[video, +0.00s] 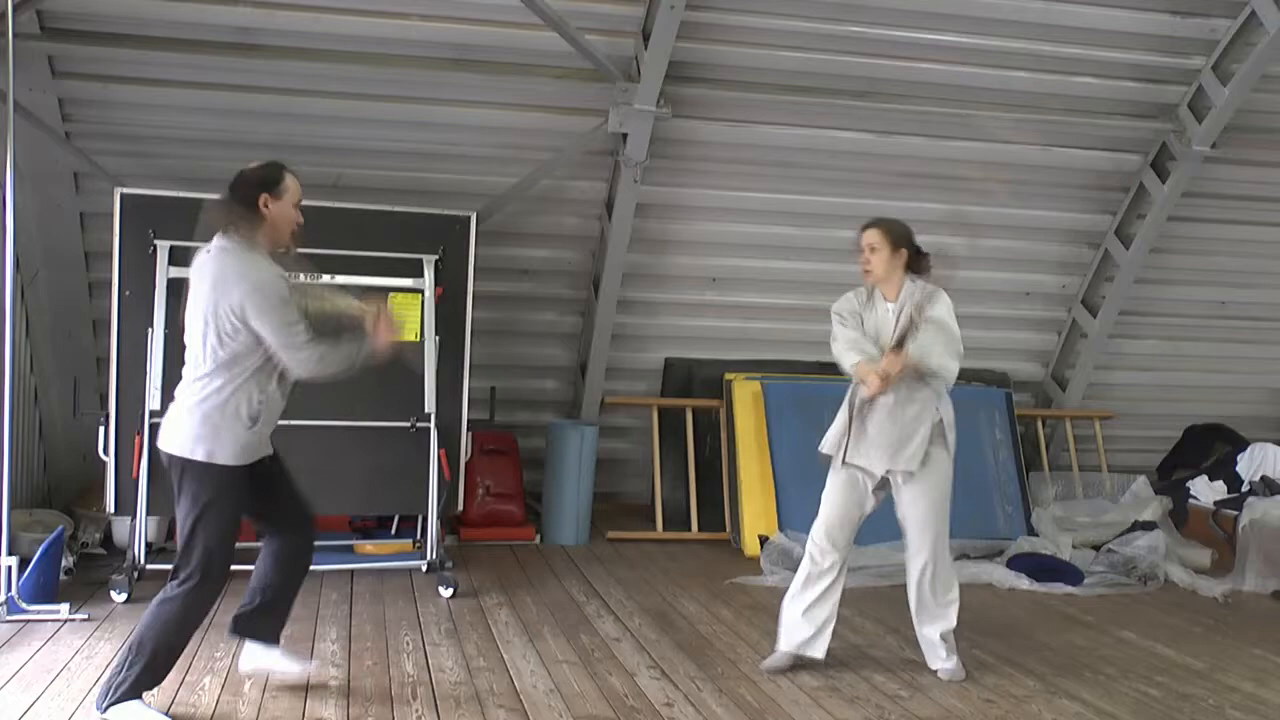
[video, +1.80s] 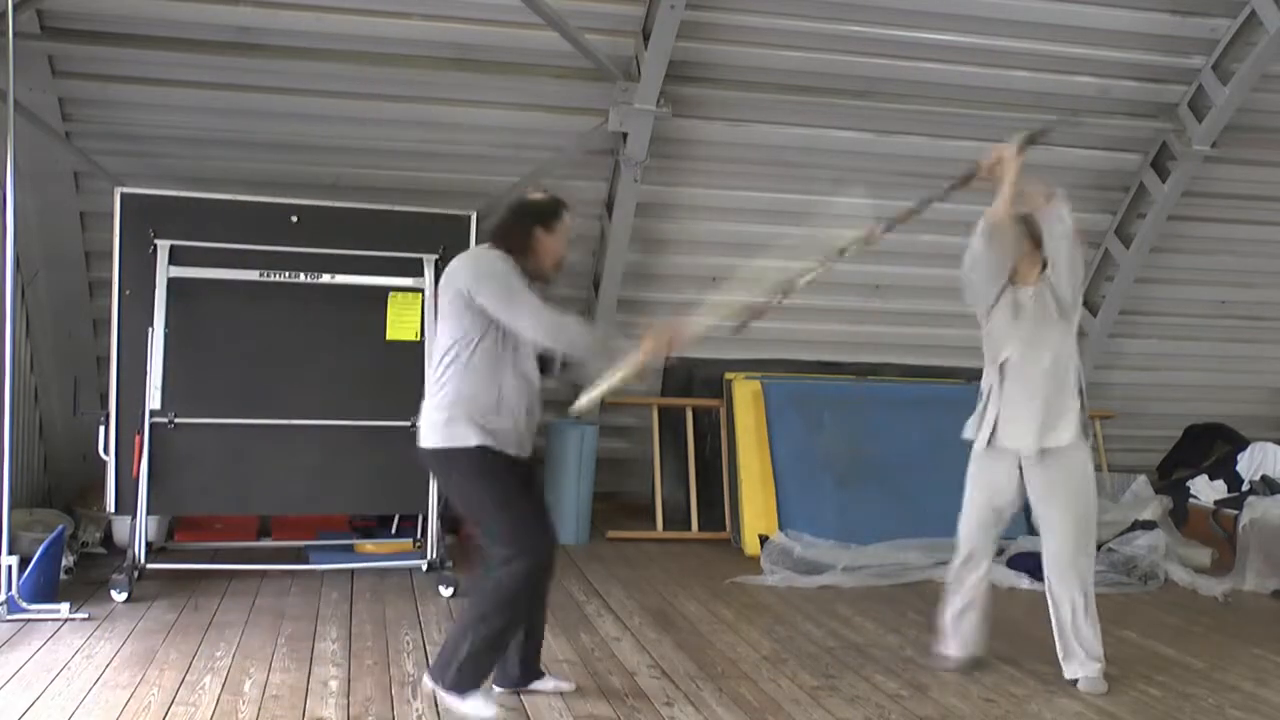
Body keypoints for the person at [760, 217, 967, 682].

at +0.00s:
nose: (863, 259)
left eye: (873, 250)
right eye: (862, 251)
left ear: (902, 255)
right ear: (862, 258)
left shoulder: (933, 301)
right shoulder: (850, 304)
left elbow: (946, 356)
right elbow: (845, 346)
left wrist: (903, 361)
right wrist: (866, 370)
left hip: (921, 437)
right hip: (861, 434)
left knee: (928, 548)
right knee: (826, 539)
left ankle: (941, 649)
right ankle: (795, 643)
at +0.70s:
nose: (898, 260)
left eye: (907, 249)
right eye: (896, 251)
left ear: (937, 253)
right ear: (925, 257)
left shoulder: (930, 299)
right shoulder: (930, 295)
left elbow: (858, 342)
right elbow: (876, 334)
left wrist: (845, 301)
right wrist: (863, 293)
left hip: (933, 437)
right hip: (910, 437)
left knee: (930, 546)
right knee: (875, 529)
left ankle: (939, 653)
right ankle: (877, 632)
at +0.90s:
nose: (908, 255)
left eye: (917, 246)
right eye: (906, 247)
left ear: (946, 252)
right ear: (914, 254)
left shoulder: (934, 300)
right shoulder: (930, 296)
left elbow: (874, 365)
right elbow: (894, 345)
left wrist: (856, 366)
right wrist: (862, 353)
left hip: (948, 440)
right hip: (919, 438)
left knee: (933, 547)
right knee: (902, 544)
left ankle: (940, 653)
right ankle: (916, 636)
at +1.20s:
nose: (911, 260)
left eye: (921, 251)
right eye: (908, 253)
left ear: (948, 256)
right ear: (908, 261)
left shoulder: (968, 297)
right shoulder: (903, 315)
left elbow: (926, 355)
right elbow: (896, 393)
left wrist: (873, 368)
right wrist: (867, 386)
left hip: (978, 441)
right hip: (922, 442)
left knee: (975, 542)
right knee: (919, 544)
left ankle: (1003, 649)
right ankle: (924, 641)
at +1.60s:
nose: (967, 264)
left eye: (977, 255)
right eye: (965, 256)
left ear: (1004, 263)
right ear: (964, 266)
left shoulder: (1026, 296)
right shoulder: (963, 314)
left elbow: (985, 330)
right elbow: (951, 369)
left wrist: (934, 338)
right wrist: (935, 351)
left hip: (1029, 448)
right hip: (970, 446)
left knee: (1057, 555)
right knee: (943, 547)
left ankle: (1085, 664)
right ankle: (921, 641)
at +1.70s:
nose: (970, 250)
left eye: (982, 244)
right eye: (962, 244)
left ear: (1019, 252)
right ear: (971, 254)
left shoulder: (1052, 290)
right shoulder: (986, 292)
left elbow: (1031, 251)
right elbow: (971, 274)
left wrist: (977, 229)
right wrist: (975, 230)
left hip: (1048, 432)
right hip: (989, 429)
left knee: (1062, 551)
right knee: (962, 537)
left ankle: (1085, 666)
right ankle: (932, 640)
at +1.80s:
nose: (1009, 246)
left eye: (1015, 239)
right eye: (1001, 241)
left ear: (1036, 244)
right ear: (993, 248)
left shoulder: (1062, 292)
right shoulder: (989, 296)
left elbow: (1062, 228)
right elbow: (989, 247)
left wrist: (1013, 175)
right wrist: (1007, 180)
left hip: (1059, 441)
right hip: (997, 440)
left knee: (1069, 557)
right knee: (972, 542)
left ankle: (1085, 667)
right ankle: (959, 645)